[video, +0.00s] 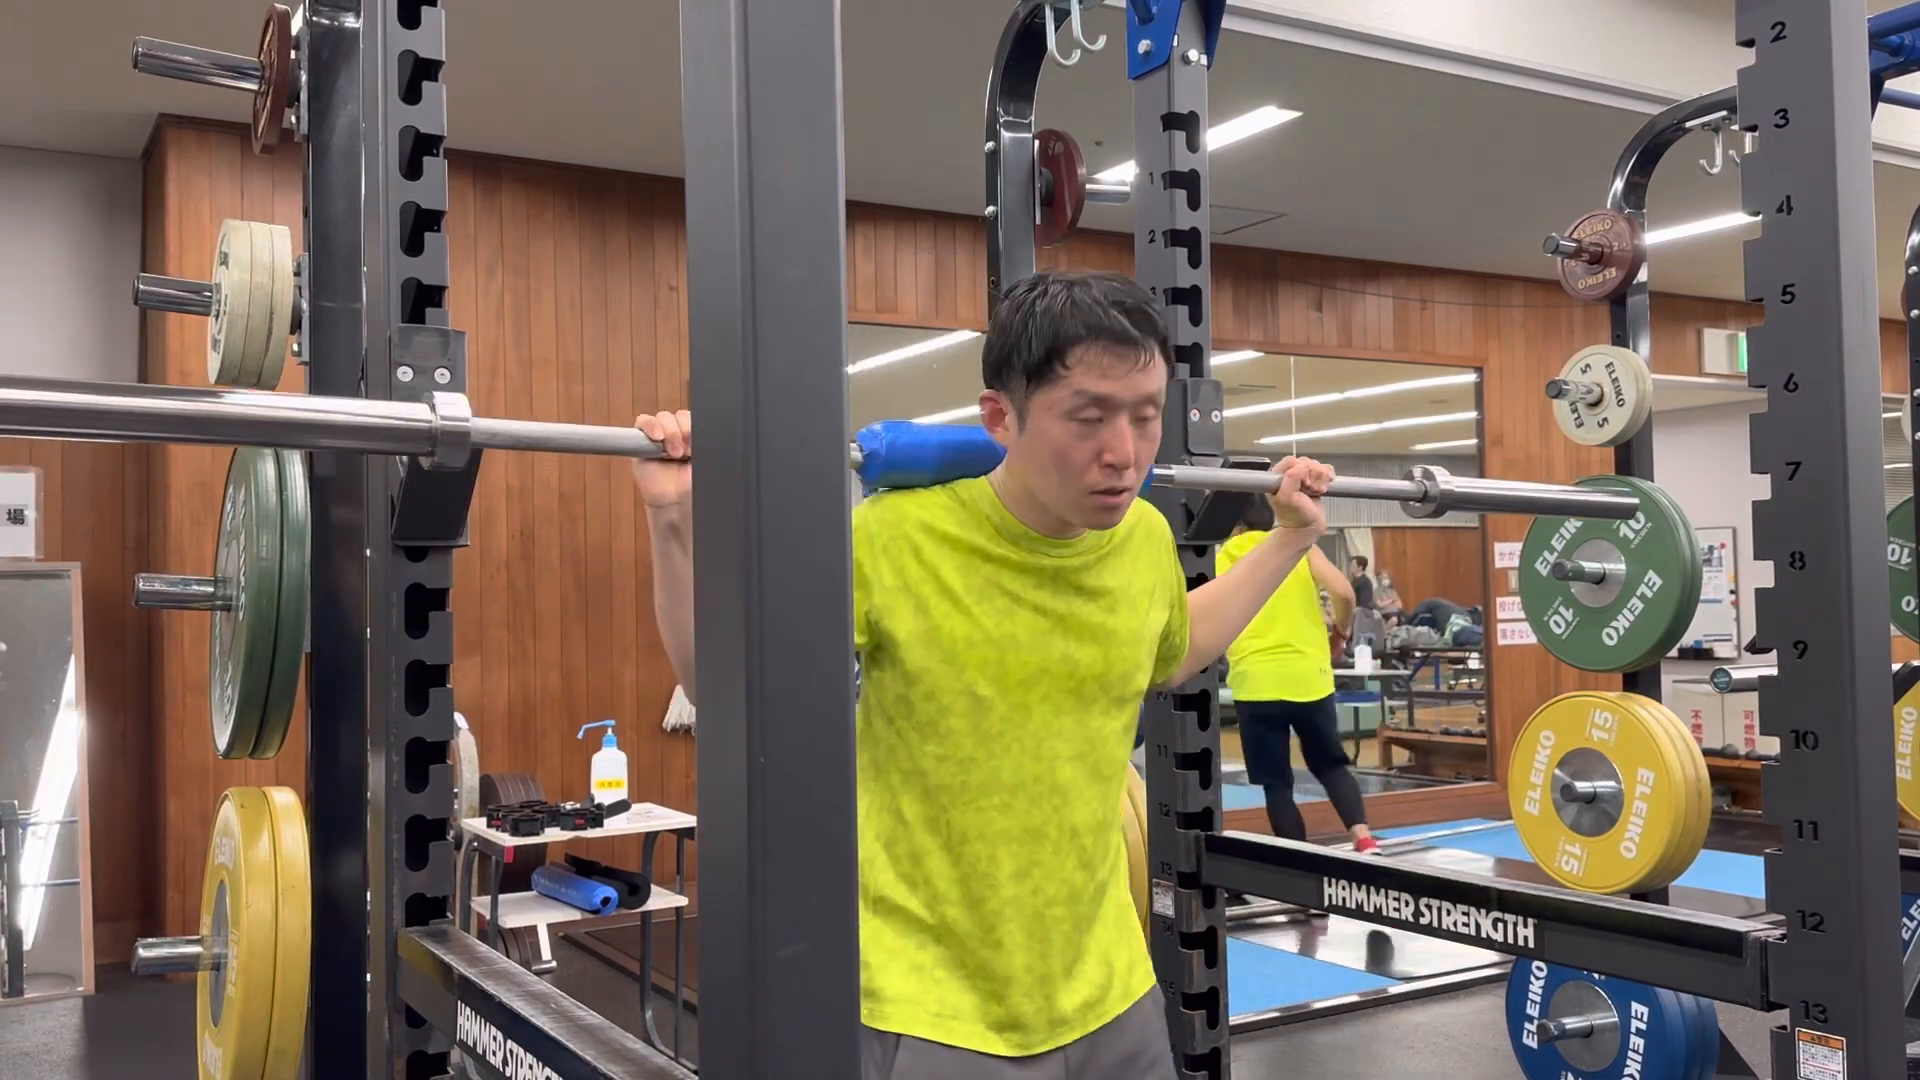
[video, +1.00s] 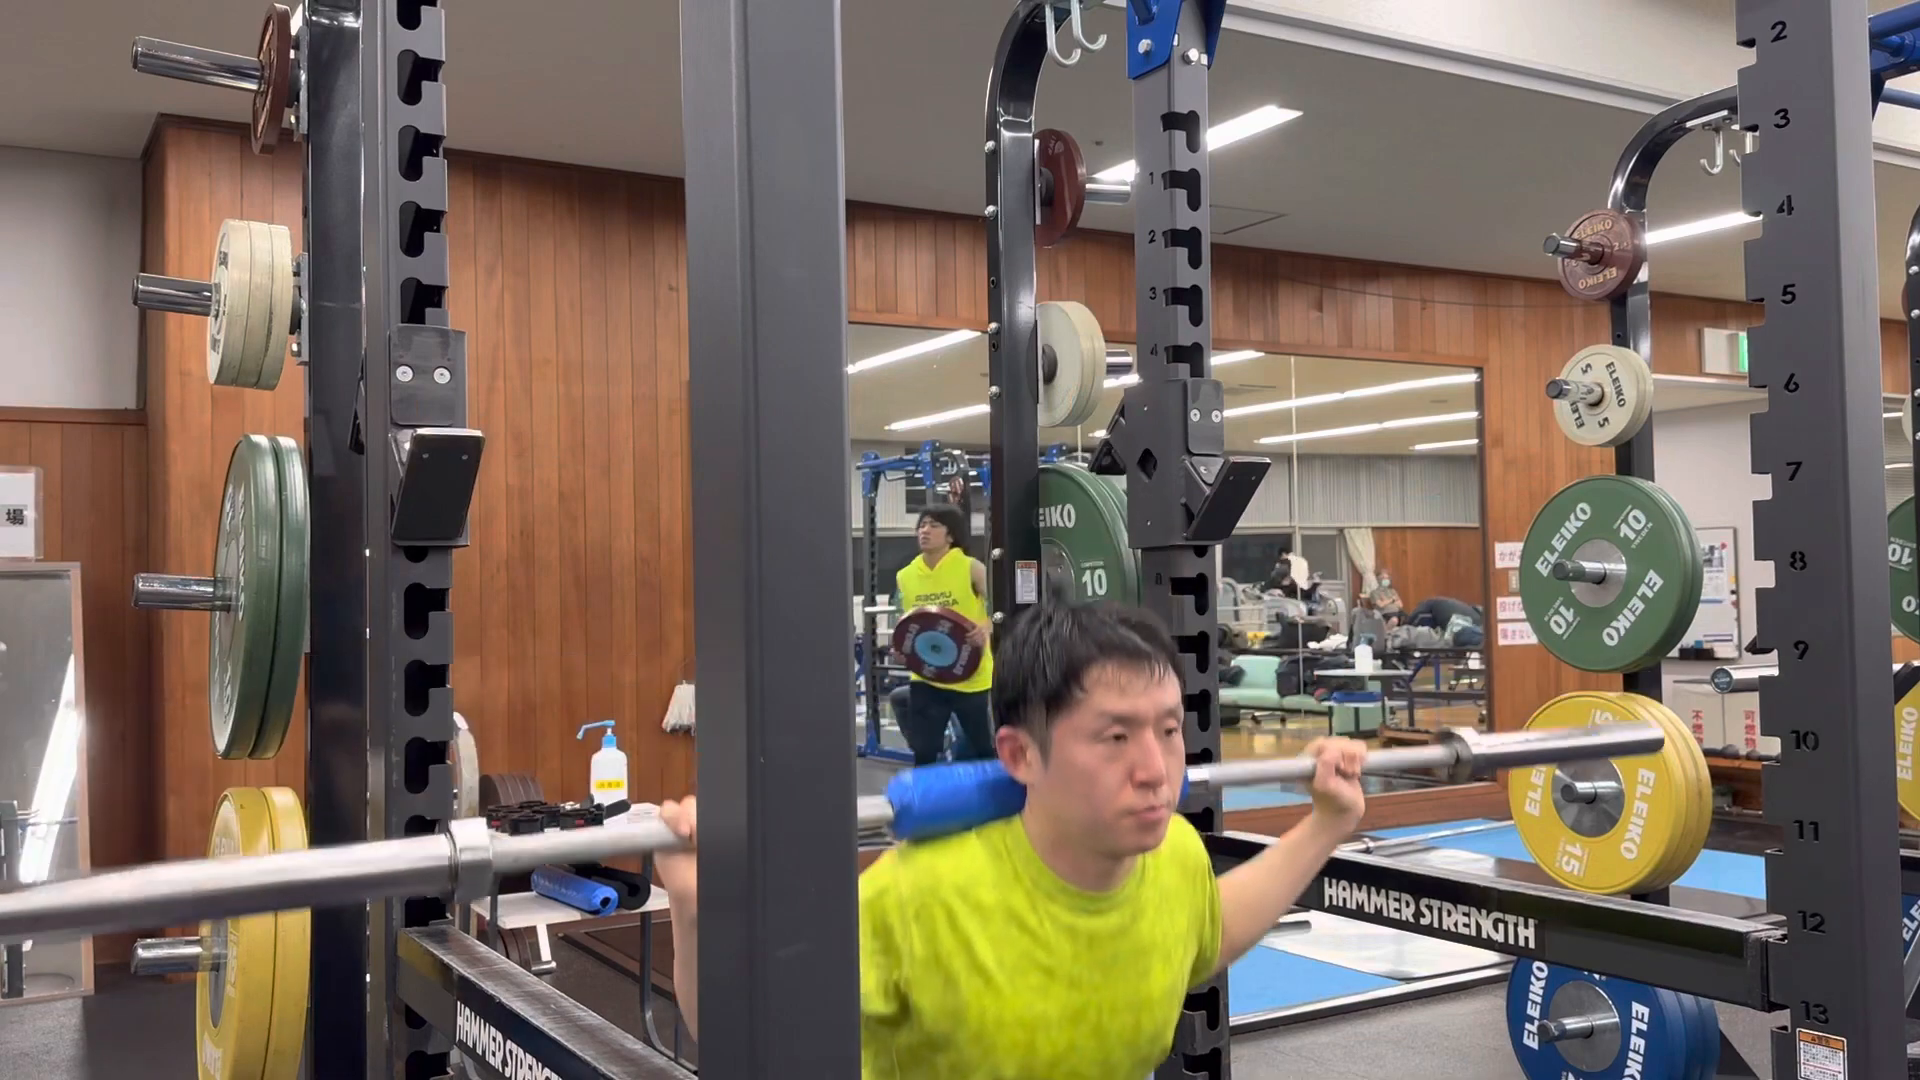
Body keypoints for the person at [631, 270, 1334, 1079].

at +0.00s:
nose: (1124, 450)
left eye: (1144, 414)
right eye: (1087, 415)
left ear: (1163, 413)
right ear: (1000, 415)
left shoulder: (1143, 540)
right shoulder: (892, 542)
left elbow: (1168, 652)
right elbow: (717, 677)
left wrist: (1290, 539)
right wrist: (673, 520)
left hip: (1107, 991)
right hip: (931, 1013)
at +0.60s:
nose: (1133, 485)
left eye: (1147, 453)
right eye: (1092, 454)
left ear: (1164, 461)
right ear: (999, 476)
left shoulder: (1151, 599)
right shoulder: (894, 608)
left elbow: (1183, 711)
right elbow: (719, 761)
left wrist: (1298, 598)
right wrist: (677, 612)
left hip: (1091, 1025)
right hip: (914, 1037)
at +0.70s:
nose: (1141, 559)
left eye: (1155, 527)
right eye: (1099, 528)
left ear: (1170, 535)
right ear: (1007, 546)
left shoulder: (1161, 667)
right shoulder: (905, 683)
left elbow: (1193, 768)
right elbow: (729, 834)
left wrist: (1308, 652)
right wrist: (681, 686)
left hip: (1079, 1050)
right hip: (911, 1052)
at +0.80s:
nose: (1149, 647)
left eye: (1163, 614)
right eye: (1107, 618)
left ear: (1179, 619)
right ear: (1014, 637)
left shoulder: (1169, 748)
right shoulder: (911, 777)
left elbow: (1196, 848)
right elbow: (735, 917)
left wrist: (1316, 730)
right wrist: (691, 788)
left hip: (1074, 1060)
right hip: (905, 1060)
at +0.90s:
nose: (1152, 704)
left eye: (1165, 670)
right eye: (1109, 674)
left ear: (1181, 674)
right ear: (1017, 692)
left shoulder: (1173, 797)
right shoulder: (906, 839)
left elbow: (1200, 891)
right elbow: (737, 977)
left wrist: (1319, 775)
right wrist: (692, 838)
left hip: (1092, 1063)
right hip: (917, 1064)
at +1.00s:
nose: (1157, 766)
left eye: (1169, 729)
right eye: (1114, 737)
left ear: (1186, 732)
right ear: (1019, 754)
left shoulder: (1179, 856)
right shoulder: (915, 895)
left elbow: (1203, 945)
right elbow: (735, 1033)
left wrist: (1324, 830)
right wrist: (694, 908)